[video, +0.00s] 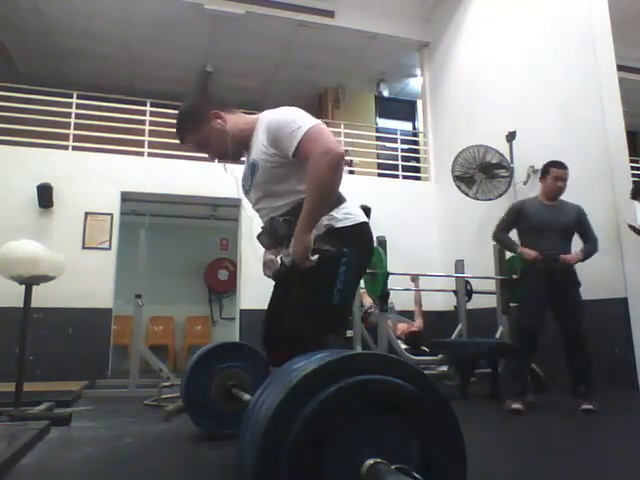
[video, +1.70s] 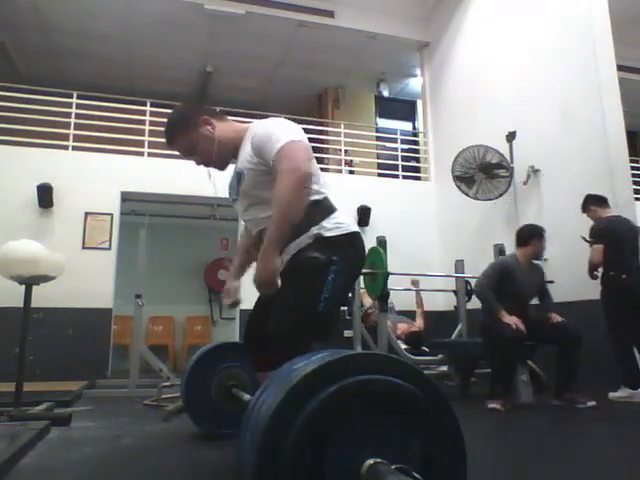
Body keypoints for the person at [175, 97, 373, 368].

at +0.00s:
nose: (211, 156)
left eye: (205, 146)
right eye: (203, 152)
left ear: (219, 120)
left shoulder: (277, 120)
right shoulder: (250, 172)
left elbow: (329, 154)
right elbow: (278, 216)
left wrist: (303, 232)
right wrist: (272, 250)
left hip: (338, 238)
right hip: (302, 251)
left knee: (305, 334)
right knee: (276, 334)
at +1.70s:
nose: (197, 162)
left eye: (193, 152)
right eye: (190, 157)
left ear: (208, 127)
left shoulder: (268, 129)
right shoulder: (240, 179)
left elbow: (296, 170)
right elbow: (254, 230)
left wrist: (270, 252)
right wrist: (235, 273)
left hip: (327, 246)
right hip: (297, 261)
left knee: (289, 339)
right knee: (257, 337)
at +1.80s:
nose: (198, 161)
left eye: (194, 151)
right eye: (191, 157)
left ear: (210, 127)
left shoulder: (272, 130)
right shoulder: (241, 178)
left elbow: (276, 182)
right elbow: (236, 228)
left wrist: (263, 246)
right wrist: (223, 265)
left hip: (328, 245)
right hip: (296, 260)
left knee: (288, 337)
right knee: (258, 336)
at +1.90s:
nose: (200, 162)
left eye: (197, 151)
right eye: (193, 157)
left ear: (213, 126)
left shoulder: (272, 133)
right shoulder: (236, 175)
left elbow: (257, 174)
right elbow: (212, 219)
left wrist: (220, 216)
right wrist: (179, 262)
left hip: (330, 247)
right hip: (292, 263)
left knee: (290, 339)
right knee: (258, 338)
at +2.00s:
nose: (204, 157)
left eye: (201, 148)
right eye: (197, 154)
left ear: (215, 125)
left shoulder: (278, 134)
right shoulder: (241, 177)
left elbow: (227, 158)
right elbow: (204, 207)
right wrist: (150, 233)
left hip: (331, 250)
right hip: (294, 264)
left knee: (294, 342)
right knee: (257, 338)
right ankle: (283, 426)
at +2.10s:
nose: (208, 147)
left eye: (206, 140)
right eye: (201, 144)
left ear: (219, 123)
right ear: (213, 133)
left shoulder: (278, 134)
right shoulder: (238, 177)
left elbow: (210, 147)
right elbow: (188, 197)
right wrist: (131, 207)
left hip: (333, 251)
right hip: (296, 267)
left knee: (288, 346)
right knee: (257, 345)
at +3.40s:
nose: (202, 163)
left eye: (201, 154)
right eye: (195, 157)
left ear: (217, 137)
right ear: (213, 144)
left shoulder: (273, 150)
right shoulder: (237, 184)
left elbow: (190, 155)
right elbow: (181, 189)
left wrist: (109, 152)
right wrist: (122, 180)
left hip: (342, 265)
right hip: (304, 275)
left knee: (285, 352)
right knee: (254, 344)